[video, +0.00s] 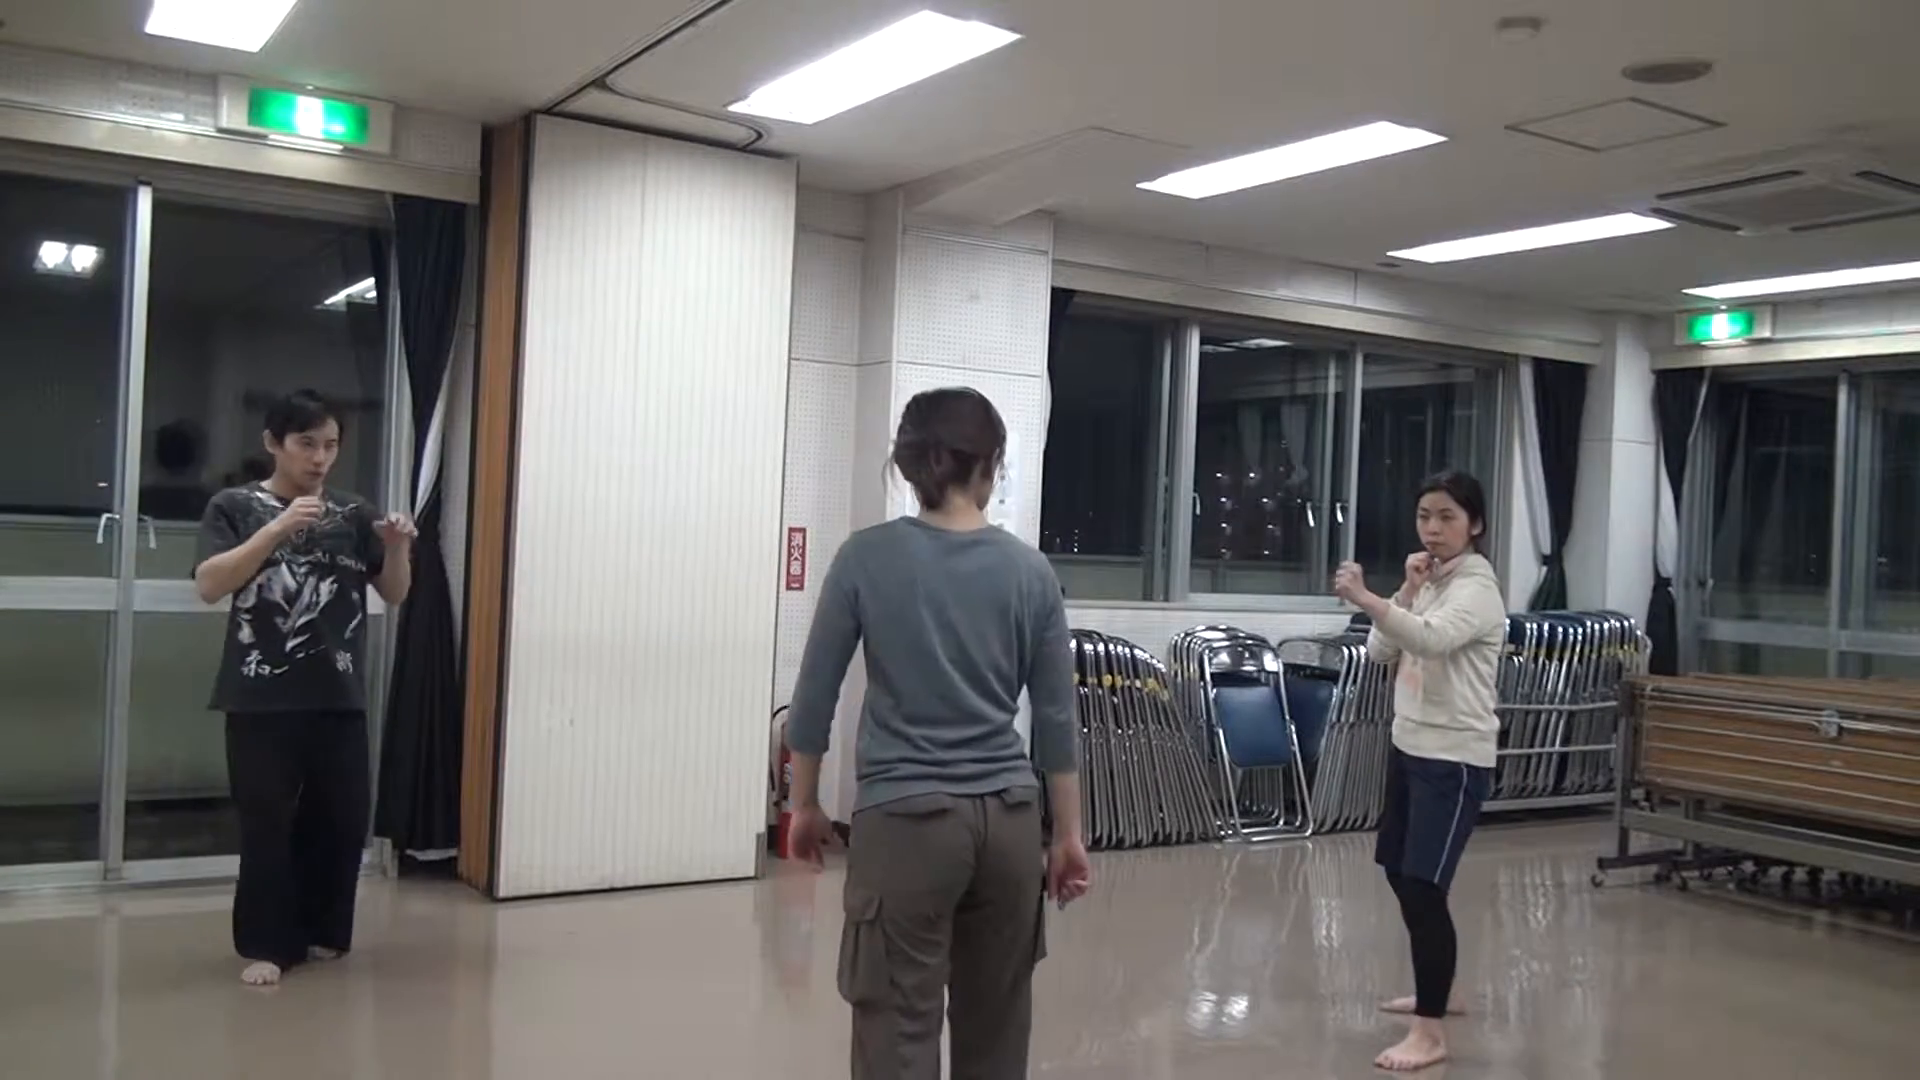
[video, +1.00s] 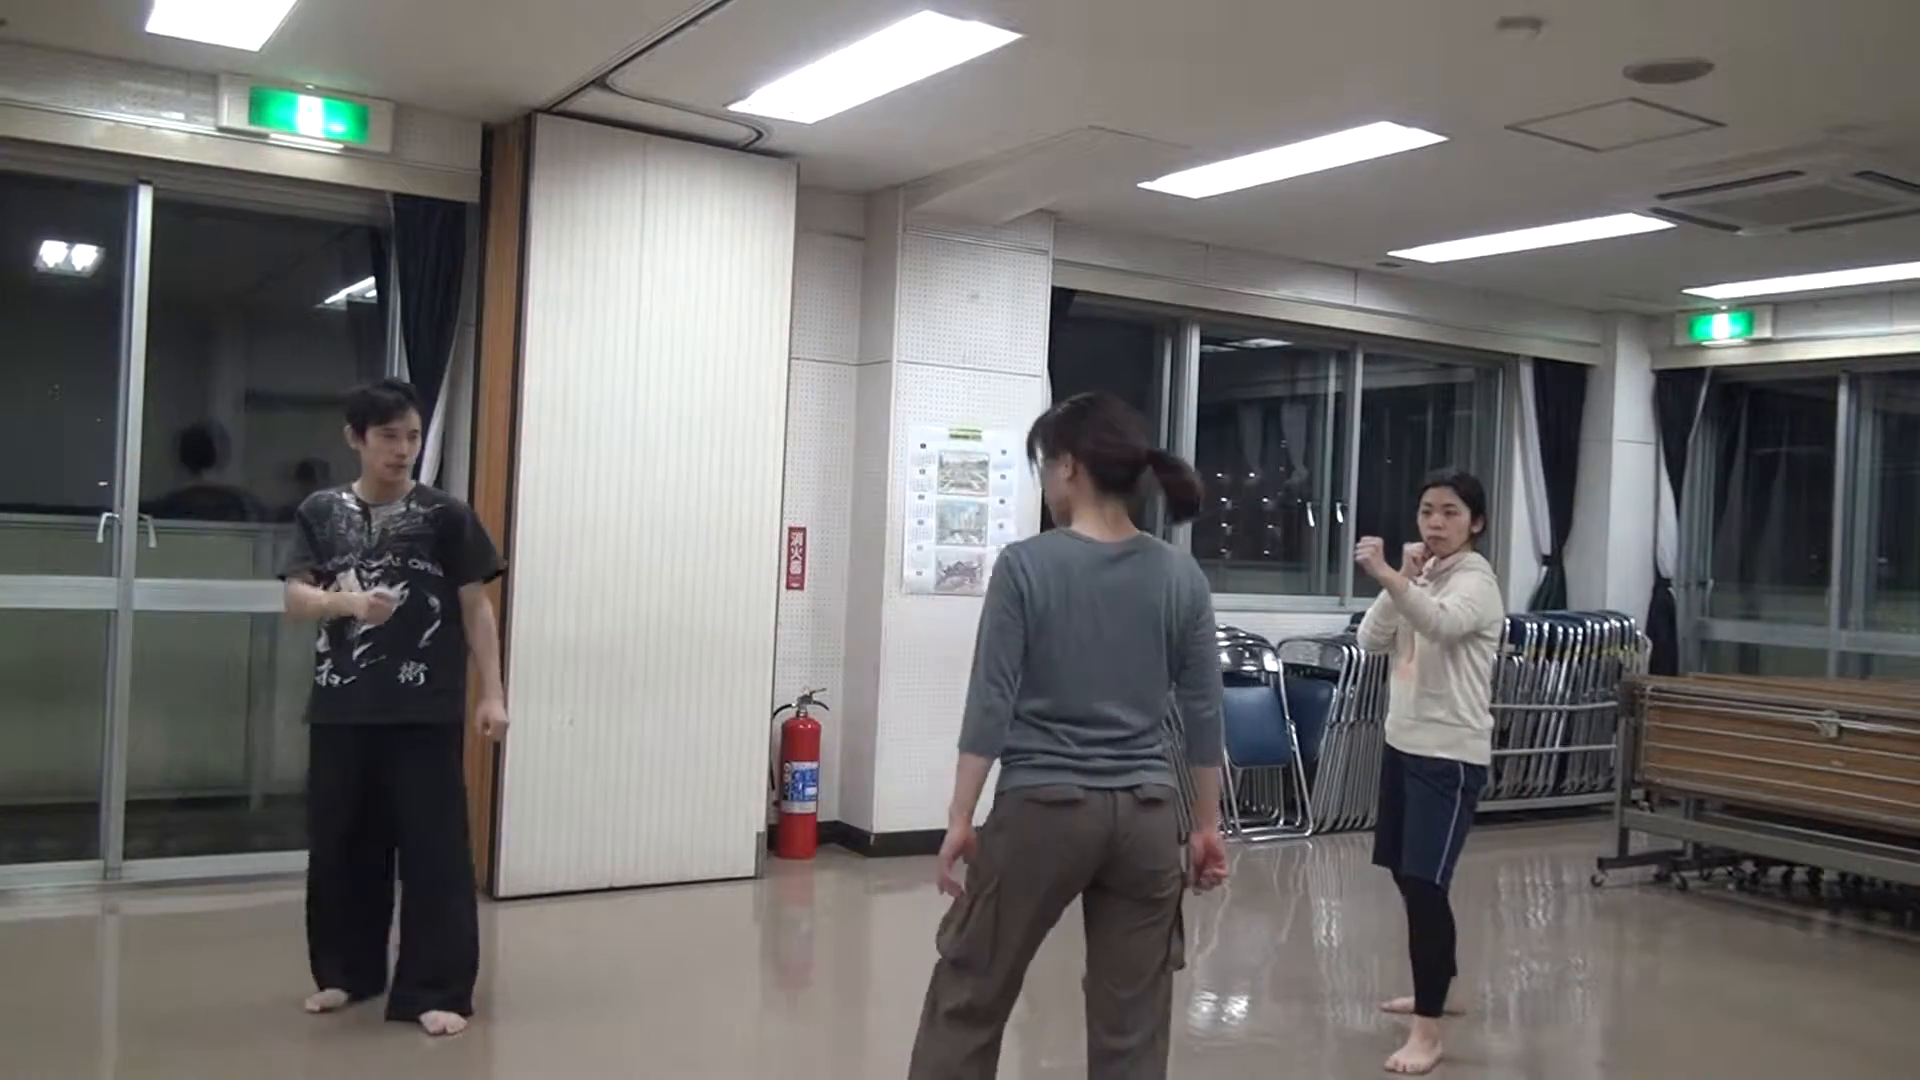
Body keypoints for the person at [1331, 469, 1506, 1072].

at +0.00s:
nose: (1430, 527)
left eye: (1443, 516)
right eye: (1424, 516)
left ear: (1473, 524)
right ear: (1417, 523)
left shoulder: (1478, 584)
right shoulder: (1425, 582)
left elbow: (1439, 637)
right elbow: (1381, 650)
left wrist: (1368, 601)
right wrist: (1406, 593)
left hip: (1454, 760)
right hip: (1411, 752)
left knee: (1423, 886)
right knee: (1397, 869)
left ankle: (1429, 1032)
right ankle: (1436, 993)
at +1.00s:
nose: (1434, 521)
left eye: (1449, 512)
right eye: (1427, 510)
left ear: (1475, 523)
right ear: (1418, 519)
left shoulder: (1478, 579)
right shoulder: (1419, 578)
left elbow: (1445, 623)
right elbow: (1370, 638)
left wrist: (1388, 577)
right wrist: (1404, 581)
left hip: (1449, 754)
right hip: (1405, 747)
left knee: (1425, 882)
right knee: (1405, 872)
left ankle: (1426, 1033)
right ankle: (1437, 987)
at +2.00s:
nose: (1436, 523)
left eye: (1450, 513)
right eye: (1429, 512)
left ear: (1477, 522)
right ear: (1421, 520)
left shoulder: (1480, 580)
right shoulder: (1424, 579)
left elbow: (1444, 627)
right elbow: (1376, 644)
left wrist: (1384, 583)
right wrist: (1405, 587)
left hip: (1449, 754)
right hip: (1409, 747)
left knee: (1426, 881)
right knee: (1412, 873)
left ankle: (1426, 1032)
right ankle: (1443, 990)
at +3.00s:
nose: (1433, 525)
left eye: (1447, 515)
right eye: (1427, 514)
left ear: (1475, 523)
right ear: (1419, 520)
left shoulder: (1477, 582)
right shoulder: (1422, 581)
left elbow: (1441, 632)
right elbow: (1374, 645)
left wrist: (1380, 588)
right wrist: (1404, 588)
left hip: (1446, 756)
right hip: (1406, 748)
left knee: (1425, 884)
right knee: (1408, 873)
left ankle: (1426, 1033)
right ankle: (1440, 990)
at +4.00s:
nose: (1437, 529)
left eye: (1450, 520)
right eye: (1428, 518)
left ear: (1473, 528)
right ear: (1417, 523)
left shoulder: (1477, 581)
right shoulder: (1413, 576)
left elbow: (1457, 637)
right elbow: (1372, 647)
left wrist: (1413, 591)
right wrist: (1406, 590)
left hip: (1455, 754)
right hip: (1405, 748)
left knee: (1433, 885)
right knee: (1389, 857)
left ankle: (1428, 1028)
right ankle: (1436, 981)